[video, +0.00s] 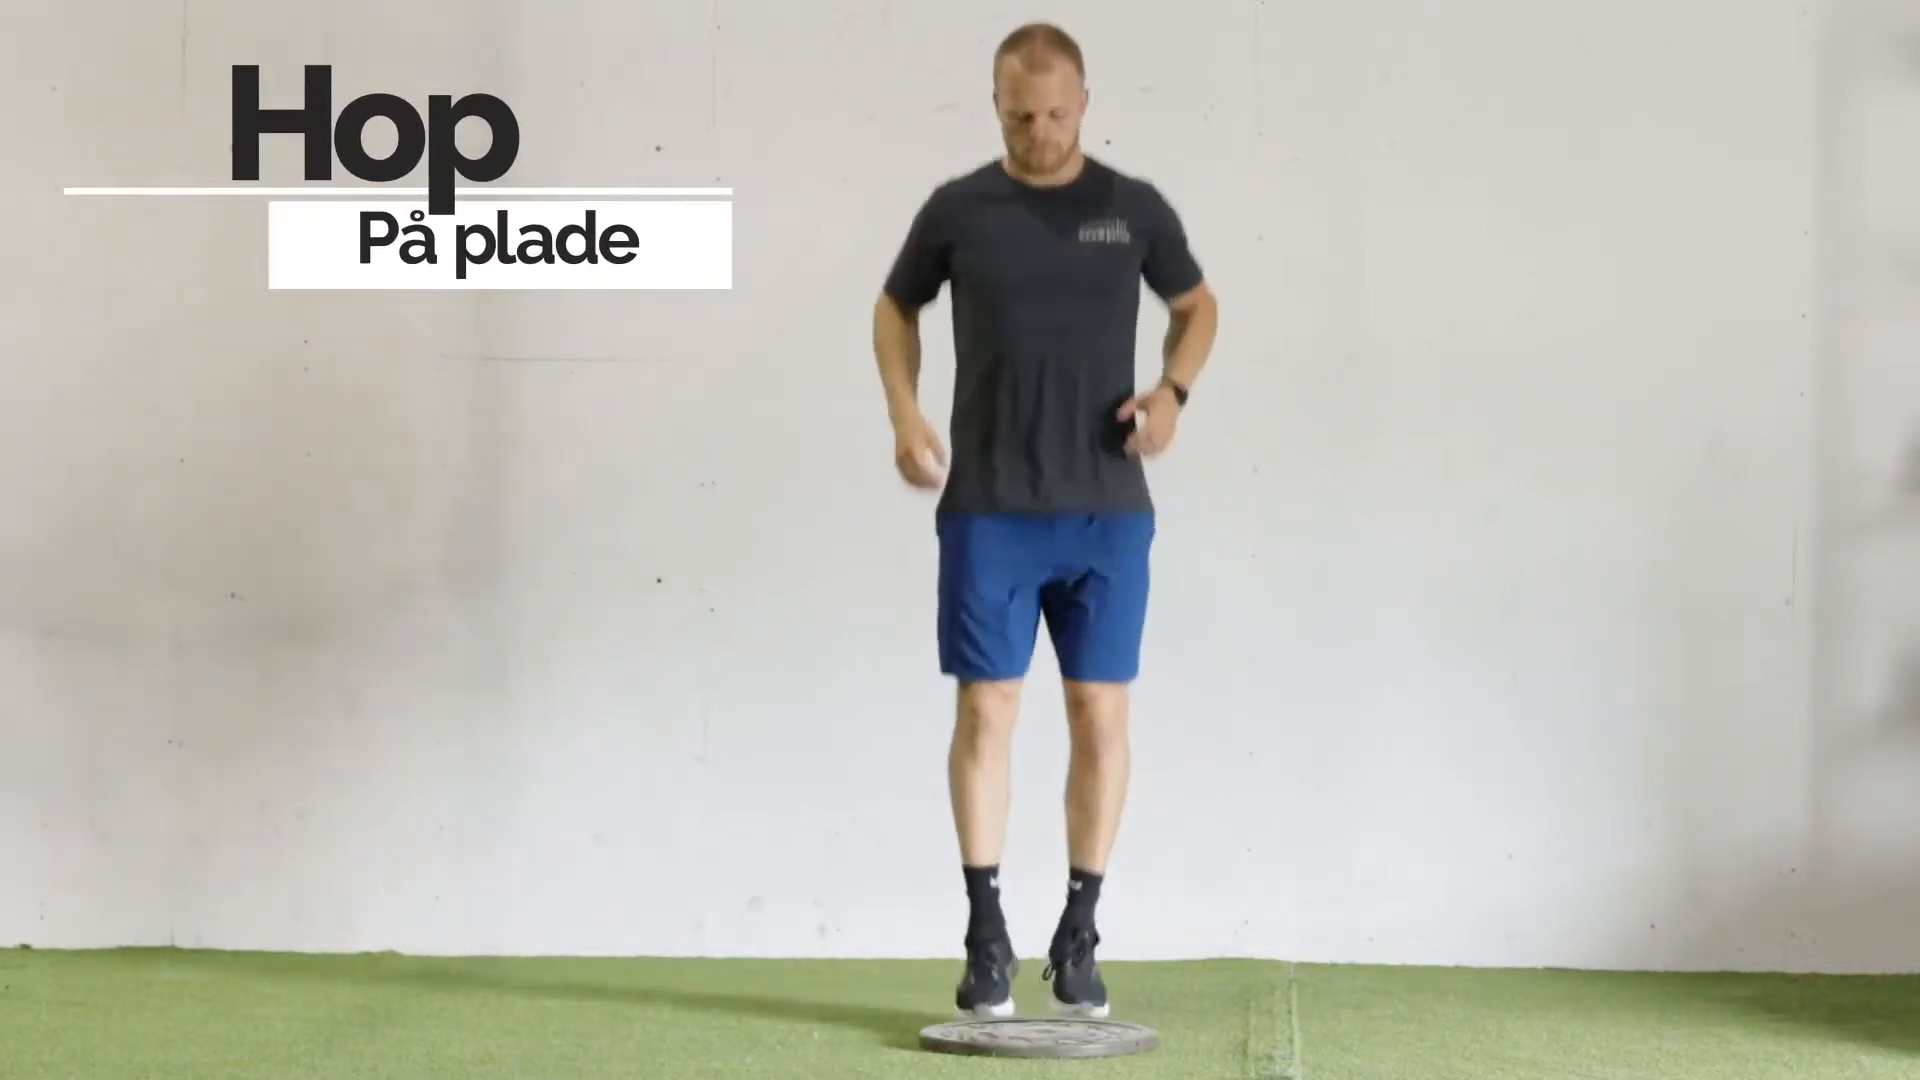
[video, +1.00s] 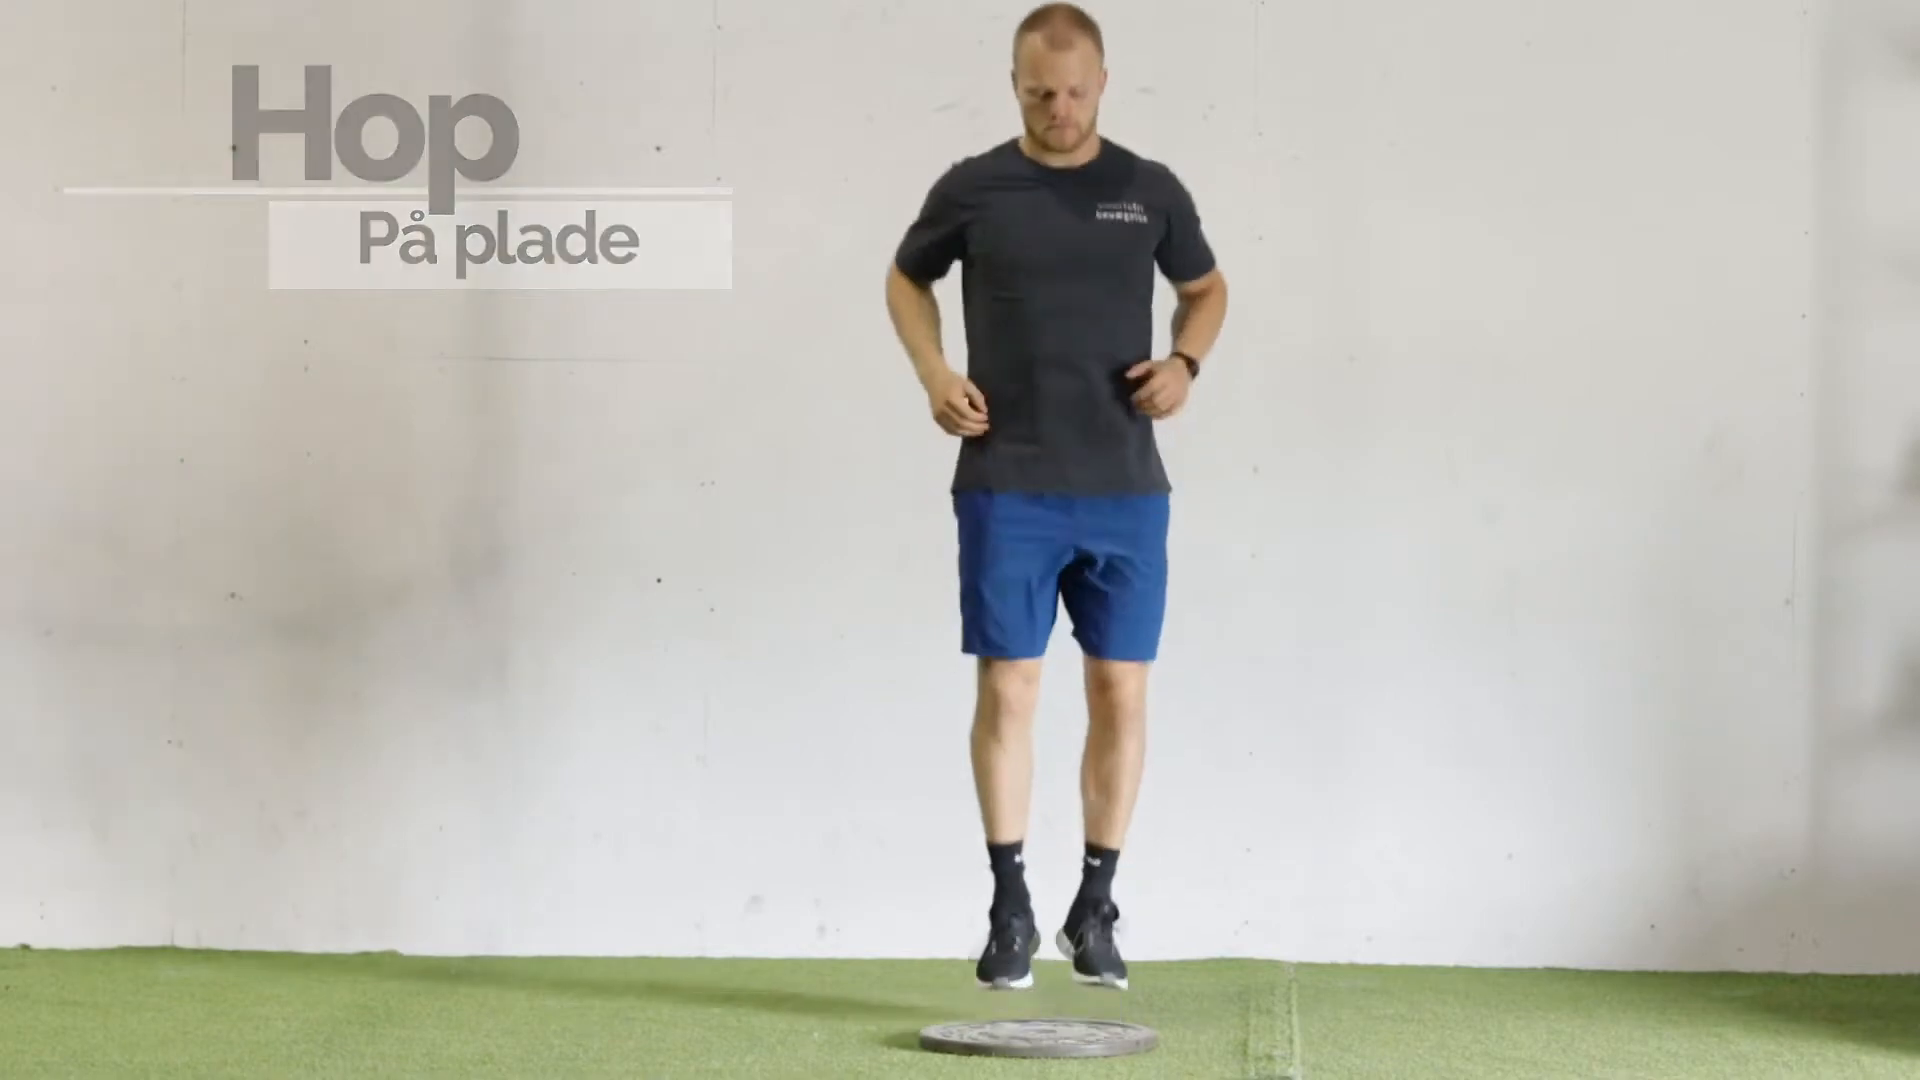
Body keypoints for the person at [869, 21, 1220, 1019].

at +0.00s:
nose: (1035, 130)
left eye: (1052, 112)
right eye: (1019, 113)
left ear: (1083, 105)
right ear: (997, 108)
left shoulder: (1135, 209)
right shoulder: (956, 210)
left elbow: (1195, 305)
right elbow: (897, 305)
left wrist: (1170, 392)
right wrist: (907, 415)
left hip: (1108, 504)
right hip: (990, 504)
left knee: (1100, 716)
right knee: (987, 713)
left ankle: (1079, 936)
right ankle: (987, 937)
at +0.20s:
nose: (1040, 138)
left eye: (1056, 120)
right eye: (1023, 122)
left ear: (1087, 112)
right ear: (1000, 116)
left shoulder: (1138, 217)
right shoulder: (956, 216)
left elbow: (1204, 306)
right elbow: (899, 307)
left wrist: (1188, 395)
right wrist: (904, 408)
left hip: (1103, 513)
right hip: (987, 512)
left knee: (1095, 722)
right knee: (991, 720)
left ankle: (1082, 930)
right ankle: (989, 931)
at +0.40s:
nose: (1040, 177)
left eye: (1057, 160)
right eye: (1023, 161)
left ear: (1087, 156)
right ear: (1002, 161)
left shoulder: (1136, 265)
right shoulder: (961, 266)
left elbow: (1200, 365)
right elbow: (896, 368)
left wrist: (1182, 407)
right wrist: (930, 400)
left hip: (1106, 560)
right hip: (993, 561)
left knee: (1102, 758)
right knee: (990, 760)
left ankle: (1078, 955)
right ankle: (992, 952)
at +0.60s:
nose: (1047, 102)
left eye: (1063, 83)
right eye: (1030, 84)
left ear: (1092, 75)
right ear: (1006, 77)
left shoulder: (1143, 178)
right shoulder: (966, 177)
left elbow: (1218, 262)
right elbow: (896, 270)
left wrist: (1204, 308)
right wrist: (928, 312)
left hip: (1113, 473)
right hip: (1000, 473)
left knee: (1103, 691)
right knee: (1003, 687)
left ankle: (1077, 908)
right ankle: (1005, 903)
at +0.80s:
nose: (1054, 191)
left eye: (1071, 173)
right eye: (1037, 174)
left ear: (1100, 169)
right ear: (1014, 171)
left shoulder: (1148, 288)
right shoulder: (970, 284)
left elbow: (1199, 401)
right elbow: (907, 397)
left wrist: (1188, 470)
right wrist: (941, 474)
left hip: (1116, 572)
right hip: (1006, 569)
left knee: (1106, 772)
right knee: (1013, 775)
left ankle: (1081, 970)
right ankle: (1024, 965)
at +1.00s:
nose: (1057, 109)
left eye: (1073, 92)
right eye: (1039, 92)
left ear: (1102, 84)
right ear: (1016, 87)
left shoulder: (1150, 191)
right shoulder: (971, 188)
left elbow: (1205, 288)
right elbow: (908, 279)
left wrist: (1184, 362)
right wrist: (937, 374)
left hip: (1125, 484)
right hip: (1008, 482)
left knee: (1119, 695)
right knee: (1008, 694)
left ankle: (1096, 907)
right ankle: (1011, 907)